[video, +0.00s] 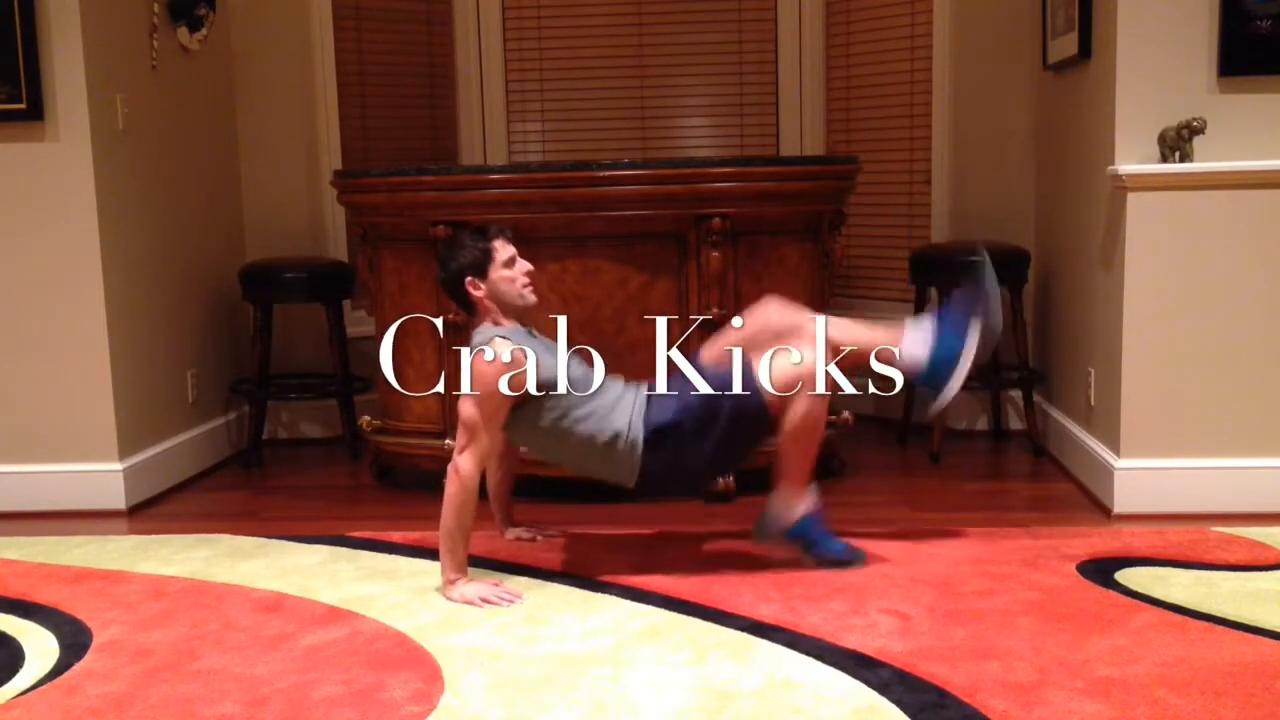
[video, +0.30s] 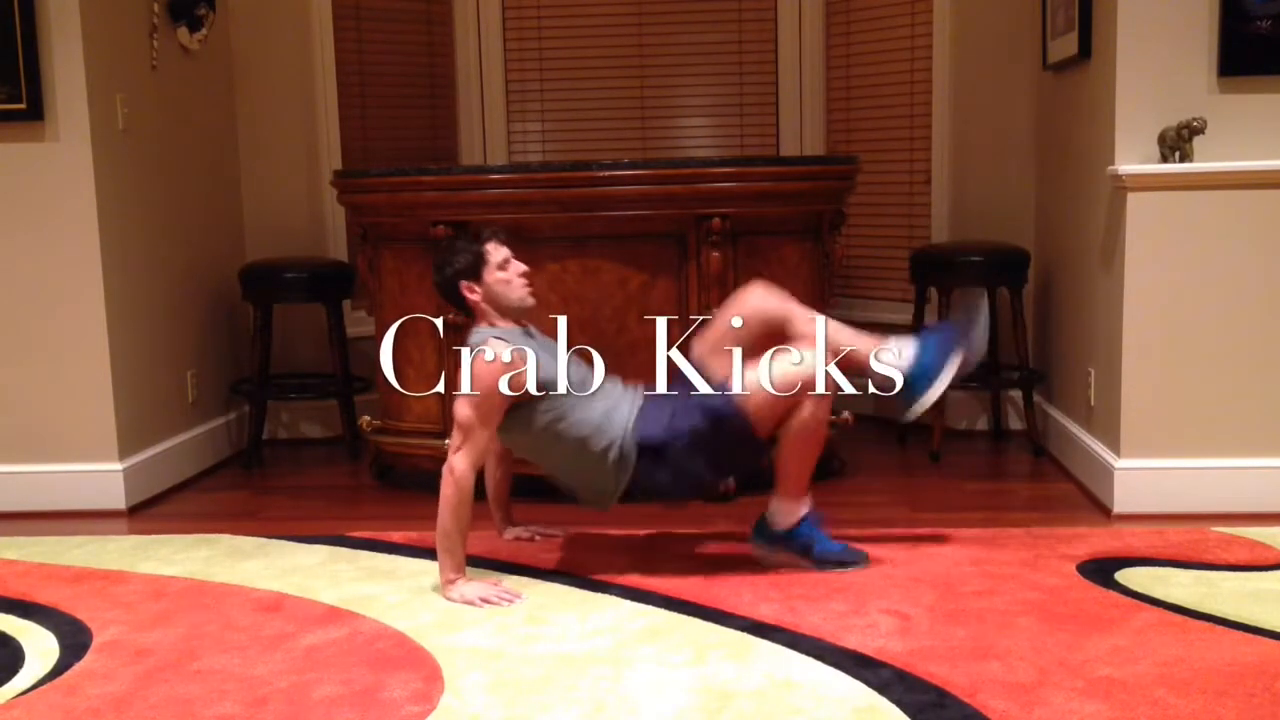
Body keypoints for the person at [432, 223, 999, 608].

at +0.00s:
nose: (526, 272)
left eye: (521, 262)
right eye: (511, 266)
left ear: (498, 282)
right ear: (478, 290)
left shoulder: (515, 340)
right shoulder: (492, 358)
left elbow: (498, 442)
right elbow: (463, 466)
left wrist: (501, 524)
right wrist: (452, 577)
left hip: (656, 407)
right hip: (651, 445)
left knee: (775, 313)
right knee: (806, 366)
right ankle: (789, 513)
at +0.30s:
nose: (523, 273)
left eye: (517, 264)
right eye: (507, 268)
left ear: (494, 286)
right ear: (475, 293)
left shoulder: (511, 342)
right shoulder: (490, 360)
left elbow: (494, 442)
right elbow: (458, 465)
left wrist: (500, 526)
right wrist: (451, 577)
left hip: (653, 412)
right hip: (648, 447)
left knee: (758, 303)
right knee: (811, 374)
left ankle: (896, 364)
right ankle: (785, 523)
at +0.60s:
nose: (528, 276)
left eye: (519, 267)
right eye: (510, 273)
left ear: (503, 292)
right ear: (481, 302)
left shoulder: (524, 343)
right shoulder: (497, 367)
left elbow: (496, 438)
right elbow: (458, 465)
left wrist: (502, 520)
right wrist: (448, 578)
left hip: (647, 440)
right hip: (638, 484)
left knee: (763, 369)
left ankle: (757, 519)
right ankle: (912, 311)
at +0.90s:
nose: (510, 269)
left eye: (504, 259)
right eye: (494, 264)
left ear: (473, 283)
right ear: (460, 287)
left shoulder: (496, 334)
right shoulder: (478, 356)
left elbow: (490, 435)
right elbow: (456, 462)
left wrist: (502, 519)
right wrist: (450, 575)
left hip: (645, 414)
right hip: (648, 450)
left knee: (760, 303)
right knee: (774, 319)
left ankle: (833, 447)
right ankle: (859, 453)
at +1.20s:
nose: (524, 278)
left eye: (518, 269)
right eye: (508, 275)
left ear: (503, 291)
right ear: (478, 301)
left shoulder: (523, 348)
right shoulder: (495, 367)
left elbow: (499, 443)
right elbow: (458, 465)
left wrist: (502, 524)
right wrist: (450, 579)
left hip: (642, 456)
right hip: (633, 483)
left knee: (778, 371)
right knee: (770, 393)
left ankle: (913, 331)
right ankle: (777, 533)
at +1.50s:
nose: (510, 270)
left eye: (504, 260)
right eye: (494, 266)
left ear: (489, 282)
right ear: (464, 292)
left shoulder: (506, 340)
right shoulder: (478, 355)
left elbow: (494, 441)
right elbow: (451, 464)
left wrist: (499, 524)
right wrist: (449, 576)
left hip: (642, 419)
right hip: (635, 445)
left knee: (783, 337)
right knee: (781, 329)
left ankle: (765, 484)